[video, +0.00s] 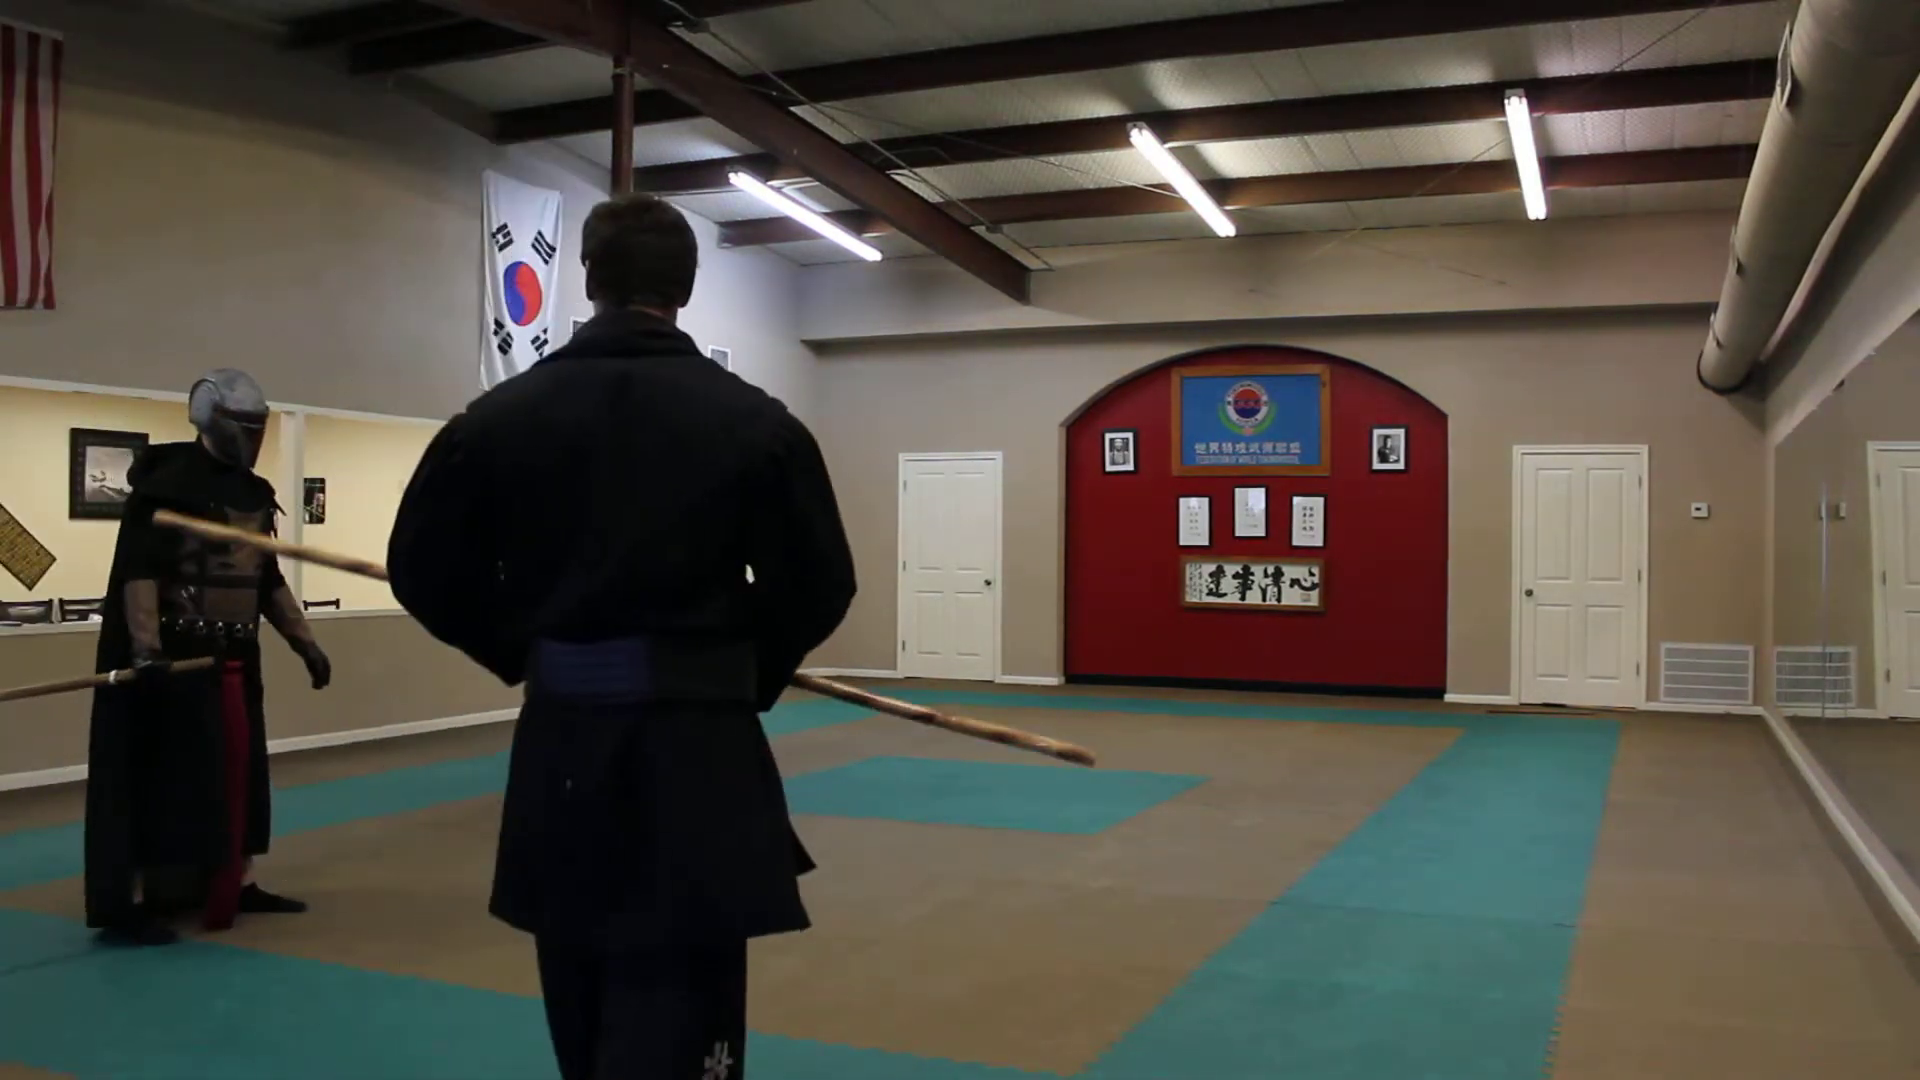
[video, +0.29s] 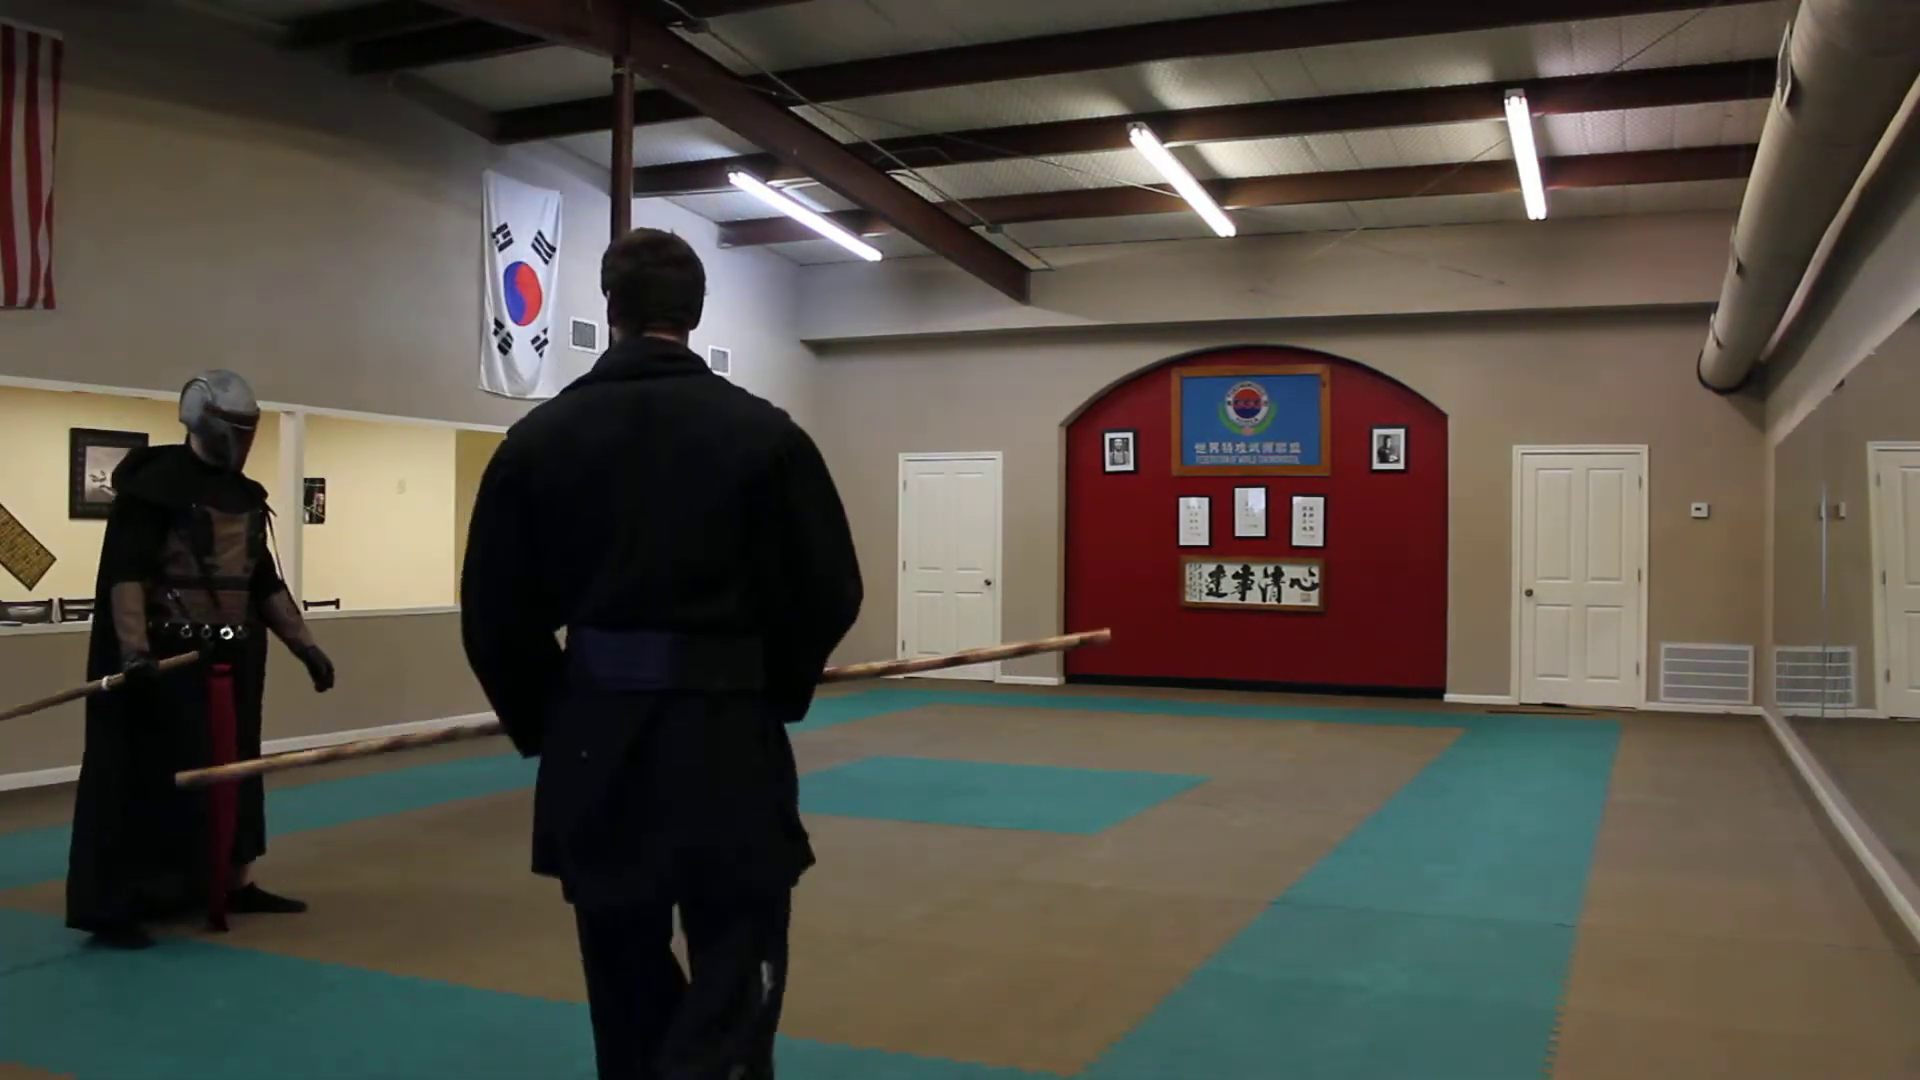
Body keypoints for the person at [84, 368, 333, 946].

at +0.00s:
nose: (253, 436)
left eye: (258, 425)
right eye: (241, 424)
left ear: (262, 425)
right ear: (207, 421)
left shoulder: (255, 495)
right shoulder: (168, 476)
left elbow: (267, 579)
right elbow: (139, 566)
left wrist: (306, 643)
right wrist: (147, 649)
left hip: (230, 659)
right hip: (165, 656)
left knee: (237, 768)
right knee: (149, 774)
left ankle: (231, 887)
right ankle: (131, 905)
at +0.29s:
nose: (245, 439)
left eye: (249, 427)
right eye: (234, 427)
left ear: (250, 427)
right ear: (199, 422)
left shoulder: (245, 497)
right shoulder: (153, 478)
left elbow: (264, 581)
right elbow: (125, 571)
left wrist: (305, 645)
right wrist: (135, 653)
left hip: (229, 663)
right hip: (156, 662)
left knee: (233, 768)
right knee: (137, 779)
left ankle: (232, 885)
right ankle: (114, 909)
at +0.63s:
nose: (233, 440)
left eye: (237, 430)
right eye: (223, 429)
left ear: (236, 428)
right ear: (186, 425)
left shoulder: (231, 497)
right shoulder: (140, 482)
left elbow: (245, 586)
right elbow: (116, 577)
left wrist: (273, 659)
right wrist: (131, 653)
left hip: (219, 662)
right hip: (150, 660)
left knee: (230, 769)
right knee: (133, 776)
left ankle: (236, 885)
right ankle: (115, 902)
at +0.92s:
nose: (230, 440)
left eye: (234, 429)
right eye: (221, 428)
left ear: (231, 427)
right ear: (184, 424)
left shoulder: (227, 495)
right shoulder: (141, 483)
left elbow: (242, 586)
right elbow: (123, 579)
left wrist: (278, 651)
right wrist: (141, 658)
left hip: (217, 664)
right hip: (150, 662)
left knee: (230, 770)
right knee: (134, 777)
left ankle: (234, 884)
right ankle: (114, 902)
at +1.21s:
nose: (234, 439)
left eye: (237, 428)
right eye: (224, 428)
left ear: (232, 427)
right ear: (188, 424)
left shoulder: (229, 494)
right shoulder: (143, 482)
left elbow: (244, 586)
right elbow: (127, 579)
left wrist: (281, 649)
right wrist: (143, 658)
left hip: (218, 664)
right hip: (153, 664)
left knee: (230, 773)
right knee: (137, 782)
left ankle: (231, 887)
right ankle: (112, 908)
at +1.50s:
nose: (234, 439)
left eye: (238, 428)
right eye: (224, 427)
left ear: (238, 426)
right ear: (188, 424)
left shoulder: (231, 494)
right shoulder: (145, 480)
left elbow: (244, 584)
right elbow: (129, 578)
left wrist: (281, 649)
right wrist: (151, 658)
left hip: (219, 663)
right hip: (152, 662)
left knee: (229, 774)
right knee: (141, 782)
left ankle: (232, 888)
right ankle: (121, 911)